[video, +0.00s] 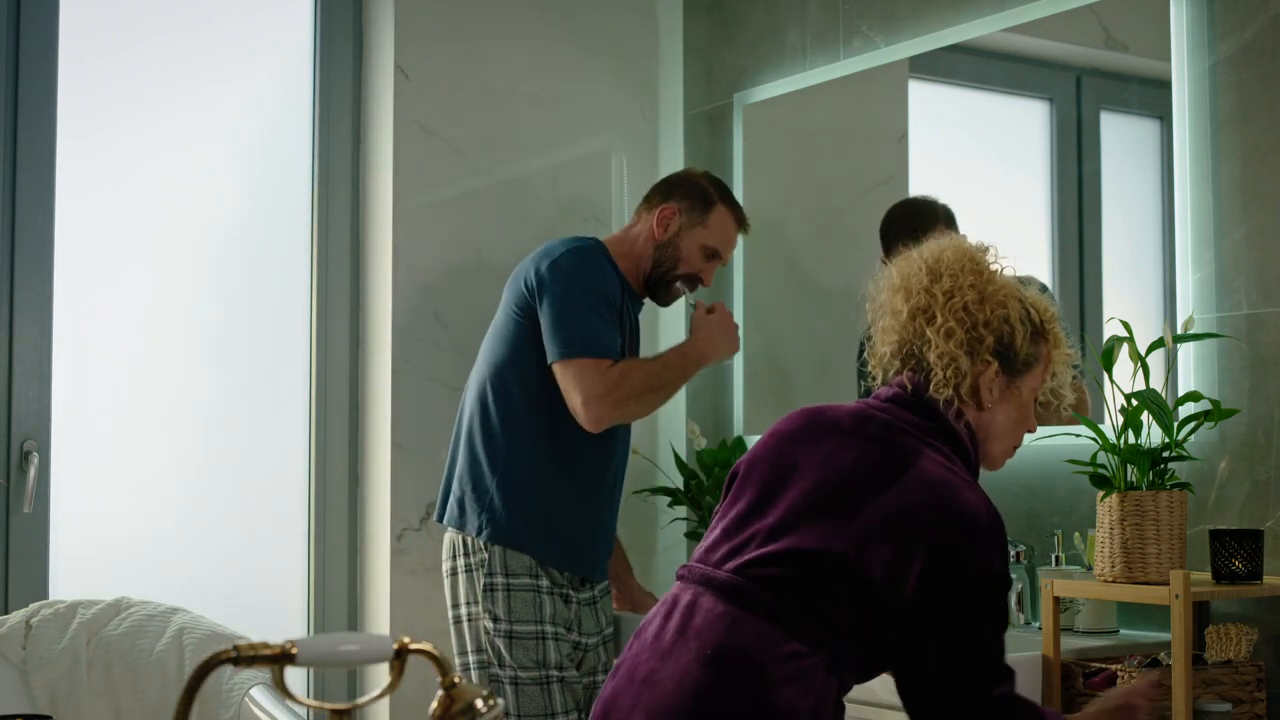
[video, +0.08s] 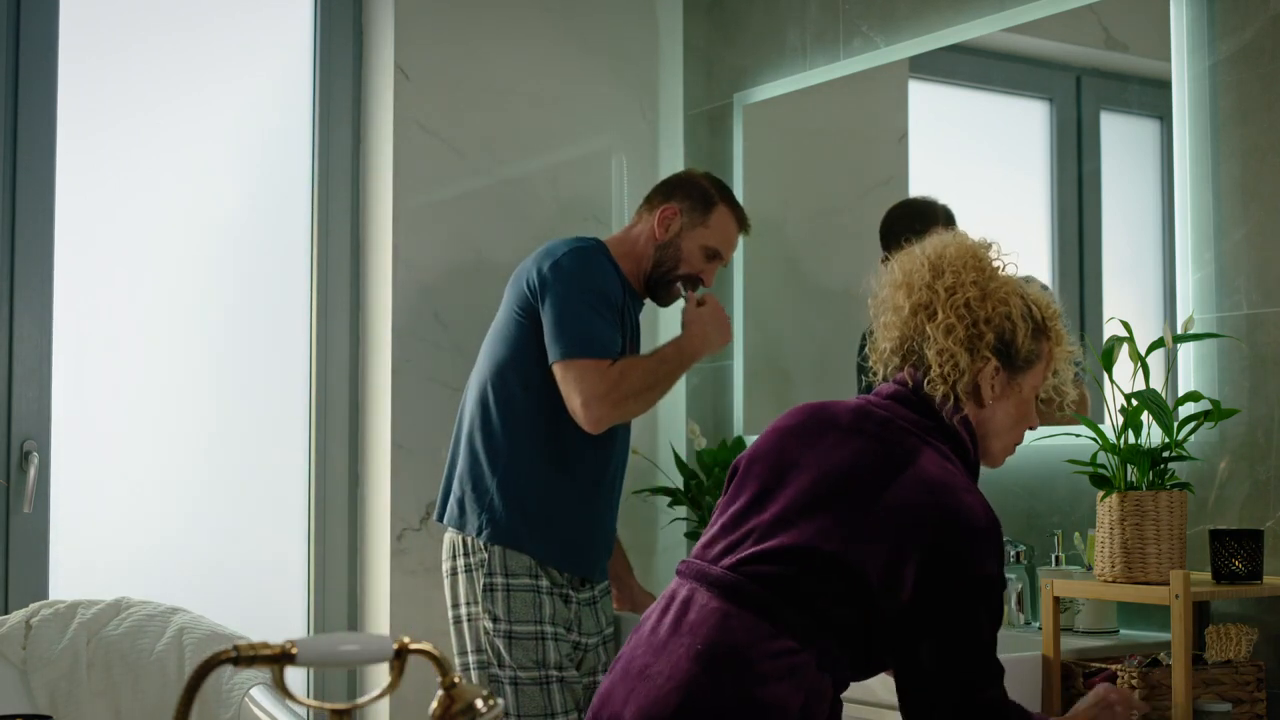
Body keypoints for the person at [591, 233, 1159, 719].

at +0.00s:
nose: (1031, 426)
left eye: (1039, 403)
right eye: (1032, 399)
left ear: (907, 363)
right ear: (986, 383)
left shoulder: (797, 428)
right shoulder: (958, 511)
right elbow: (963, 704)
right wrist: (1102, 711)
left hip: (635, 683)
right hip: (757, 701)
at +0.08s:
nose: (1029, 424)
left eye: (1038, 400)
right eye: (1033, 396)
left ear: (911, 355)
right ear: (987, 377)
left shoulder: (802, 422)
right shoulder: (956, 513)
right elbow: (957, 704)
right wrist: (1069, 719)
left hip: (633, 683)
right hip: (757, 702)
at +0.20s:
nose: (1033, 422)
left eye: (1040, 397)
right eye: (1035, 394)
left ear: (911, 358)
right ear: (987, 379)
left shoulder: (803, 420)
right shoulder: (956, 515)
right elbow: (975, 702)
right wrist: (1098, 716)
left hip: (627, 684)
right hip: (752, 702)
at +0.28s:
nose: (1034, 419)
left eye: (1042, 394)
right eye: (1035, 392)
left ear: (913, 357)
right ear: (987, 379)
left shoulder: (808, 416)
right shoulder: (954, 512)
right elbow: (984, 699)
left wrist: (889, 650)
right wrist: (1094, 714)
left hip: (627, 682)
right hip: (751, 700)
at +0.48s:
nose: (1027, 389)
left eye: (1032, 366)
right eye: (1025, 363)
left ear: (908, 339)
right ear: (970, 353)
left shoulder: (799, 402)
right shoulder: (937, 492)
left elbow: (771, 545)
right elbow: (979, 693)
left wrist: (866, 636)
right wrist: (1097, 711)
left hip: (621, 675)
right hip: (742, 695)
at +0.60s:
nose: (999, 353)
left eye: (1001, 330)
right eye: (992, 328)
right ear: (933, 322)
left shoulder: (779, 384)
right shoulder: (898, 459)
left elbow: (693, 529)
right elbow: (928, 679)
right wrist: (1058, 663)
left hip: (616, 672)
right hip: (729, 694)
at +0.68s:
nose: (967, 325)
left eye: (967, 305)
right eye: (956, 301)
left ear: (882, 292)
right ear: (888, 291)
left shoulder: (760, 370)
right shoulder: (850, 413)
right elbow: (878, 644)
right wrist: (1021, 609)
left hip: (619, 672)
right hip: (708, 686)